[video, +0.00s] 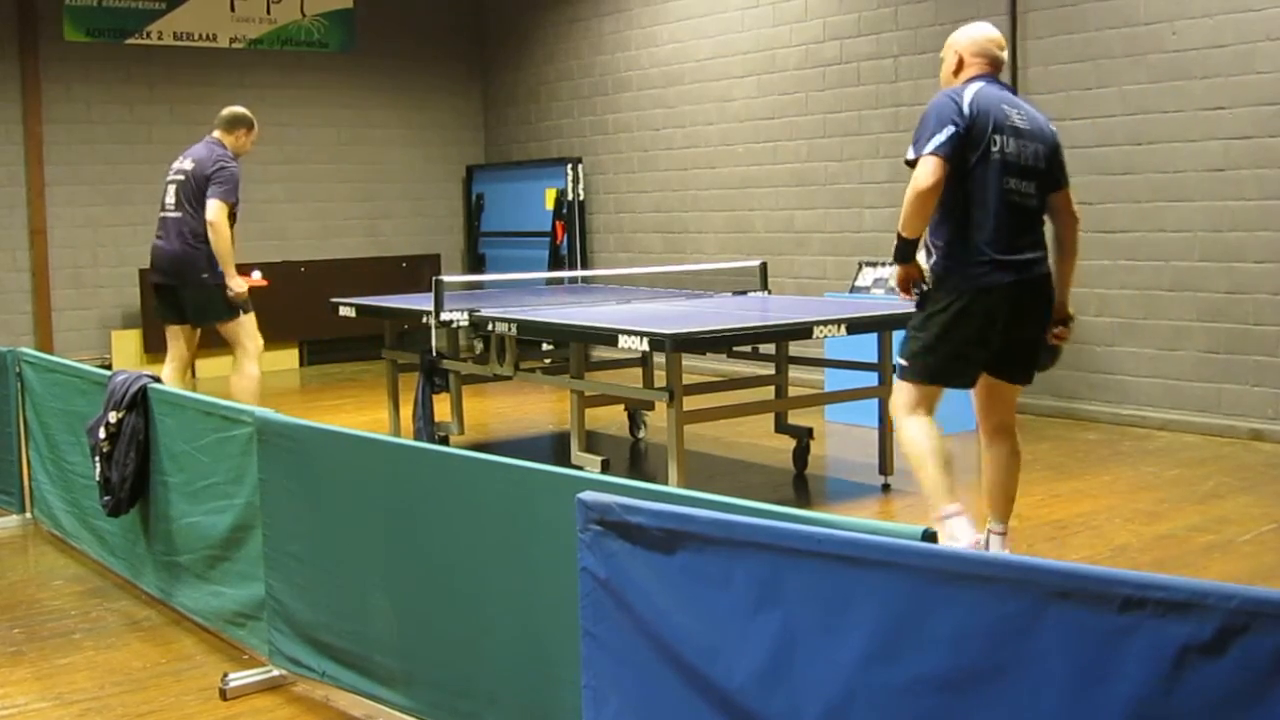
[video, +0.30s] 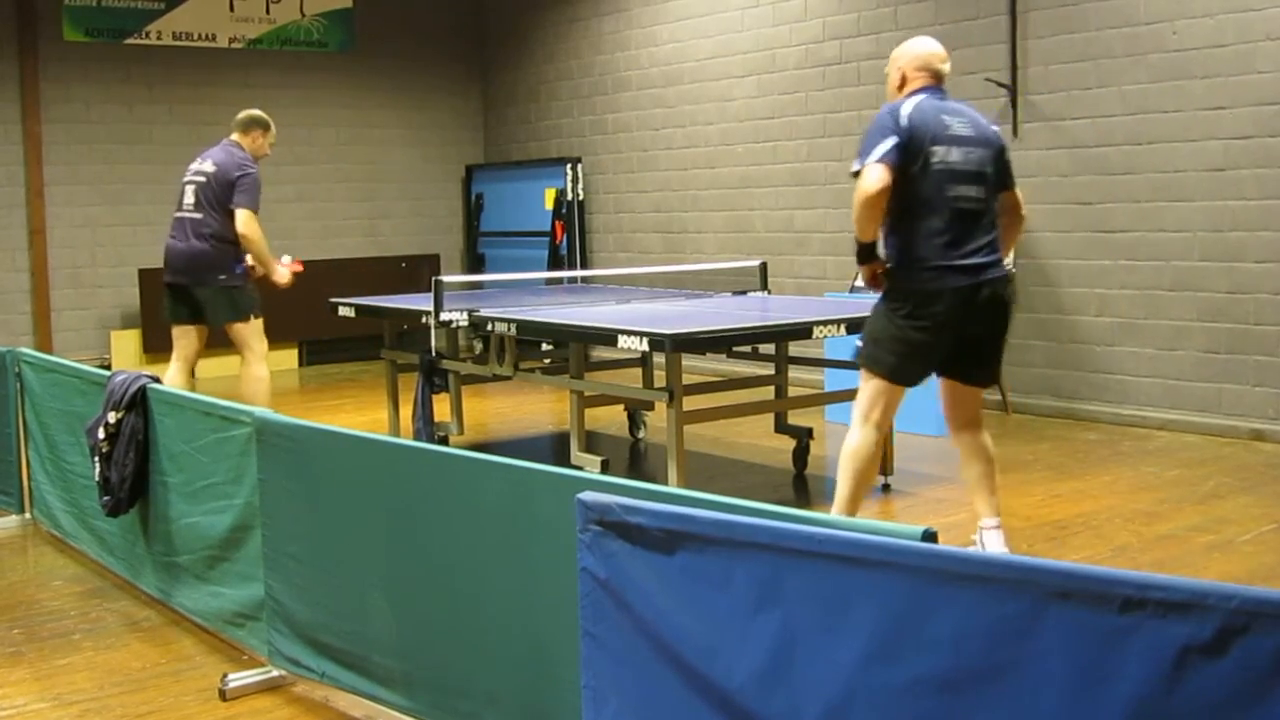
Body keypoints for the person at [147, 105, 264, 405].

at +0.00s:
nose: (250, 147)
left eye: (252, 141)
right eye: (251, 140)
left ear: (218, 129)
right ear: (241, 135)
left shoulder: (188, 156)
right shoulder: (224, 163)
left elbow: (183, 218)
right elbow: (214, 219)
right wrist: (232, 275)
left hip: (164, 264)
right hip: (199, 265)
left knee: (178, 352)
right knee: (249, 345)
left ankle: (168, 433)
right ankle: (245, 437)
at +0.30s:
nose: (268, 151)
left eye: (270, 144)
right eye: (268, 143)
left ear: (238, 134)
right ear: (254, 136)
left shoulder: (205, 157)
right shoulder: (244, 167)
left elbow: (208, 219)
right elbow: (246, 227)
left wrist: (243, 257)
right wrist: (273, 268)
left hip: (178, 263)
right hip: (217, 265)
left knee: (183, 353)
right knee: (254, 351)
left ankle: (170, 436)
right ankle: (260, 439)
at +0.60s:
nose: (305, 168)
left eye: (308, 161)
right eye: (307, 159)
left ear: (280, 146)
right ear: (295, 149)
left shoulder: (239, 164)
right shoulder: (285, 178)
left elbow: (228, 220)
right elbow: (287, 245)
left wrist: (264, 256)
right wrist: (311, 254)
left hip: (197, 254)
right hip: (238, 259)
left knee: (191, 348)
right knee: (272, 350)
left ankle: (167, 424)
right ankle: (262, 437)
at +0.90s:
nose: (320, 204)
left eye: (324, 199)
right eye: (323, 196)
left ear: (296, 176)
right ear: (313, 183)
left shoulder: (258, 184)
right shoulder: (297, 202)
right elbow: (304, 271)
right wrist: (324, 278)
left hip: (195, 261)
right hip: (236, 267)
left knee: (178, 357)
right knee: (280, 353)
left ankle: (148, 425)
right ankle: (262, 436)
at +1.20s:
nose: (321, 233)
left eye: (325, 228)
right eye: (325, 224)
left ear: (303, 204)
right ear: (314, 210)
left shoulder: (260, 206)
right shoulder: (295, 222)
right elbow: (304, 284)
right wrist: (332, 298)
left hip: (186, 269)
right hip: (226, 274)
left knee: (179, 364)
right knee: (279, 355)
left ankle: (147, 424)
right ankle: (263, 441)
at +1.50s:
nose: (321, 247)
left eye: (325, 242)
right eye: (324, 239)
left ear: (304, 221)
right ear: (311, 225)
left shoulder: (261, 221)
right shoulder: (291, 238)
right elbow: (286, 307)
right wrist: (319, 303)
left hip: (179, 278)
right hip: (219, 283)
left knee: (182, 371)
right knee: (280, 360)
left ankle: (148, 424)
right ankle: (264, 443)